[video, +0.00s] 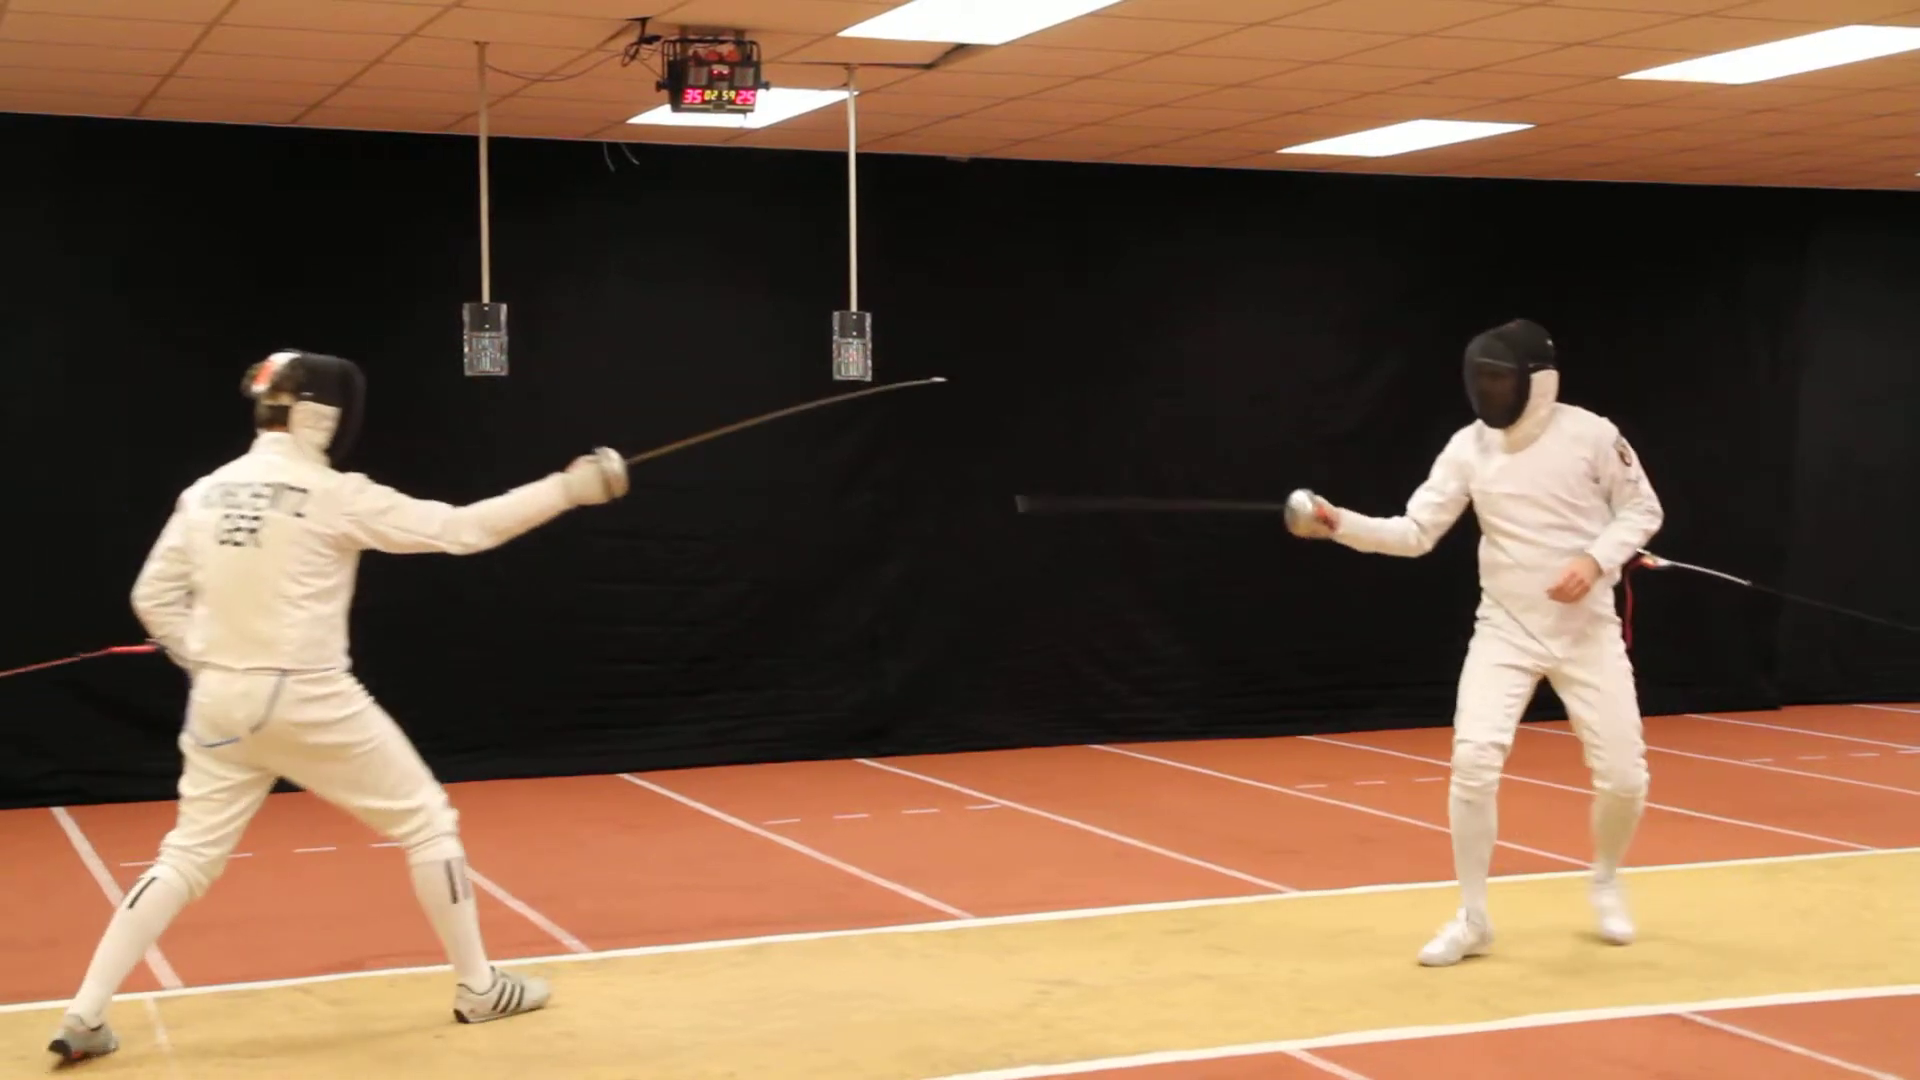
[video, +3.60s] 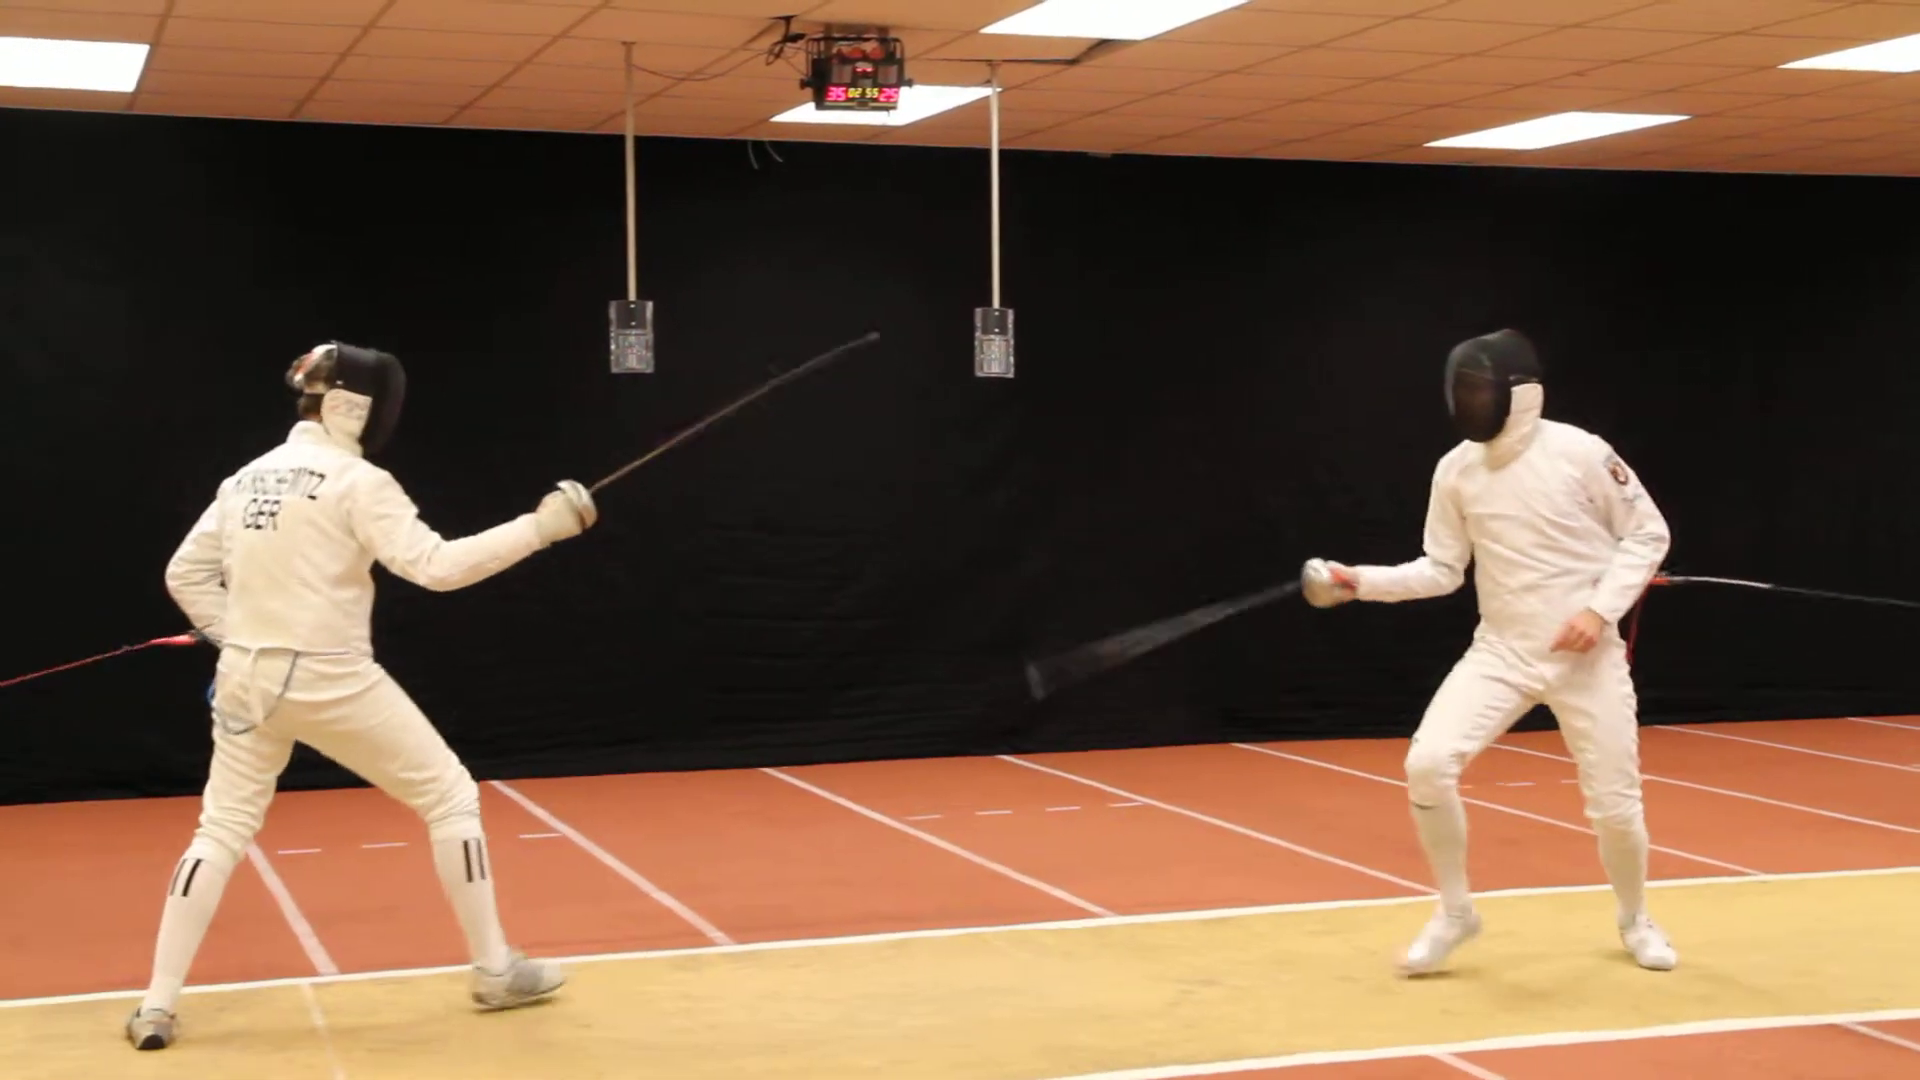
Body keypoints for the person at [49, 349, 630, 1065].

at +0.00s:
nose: (342, 423)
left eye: (338, 410)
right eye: (334, 410)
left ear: (267, 413)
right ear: (312, 417)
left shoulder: (204, 493)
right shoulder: (334, 495)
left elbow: (154, 596)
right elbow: (462, 529)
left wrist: (213, 663)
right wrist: (571, 485)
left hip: (218, 700)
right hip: (313, 698)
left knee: (185, 857)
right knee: (427, 823)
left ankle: (83, 1015)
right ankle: (479, 984)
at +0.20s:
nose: (431, 416)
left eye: (424, 402)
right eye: (427, 404)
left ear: (365, 402)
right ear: (413, 412)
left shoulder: (294, 472)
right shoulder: (425, 489)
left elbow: (224, 564)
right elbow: (546, 537)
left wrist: (268, 644)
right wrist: (654, 502)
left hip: (281, 679)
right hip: (376, 683)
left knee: (239, 834)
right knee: (474, 813)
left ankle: (158, 996)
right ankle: (482, 985)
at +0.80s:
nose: (355, 435)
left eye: (350, 421)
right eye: (350, 421)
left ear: (297, 418)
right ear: (333, 425)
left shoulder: (221, 494)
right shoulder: (353, 506)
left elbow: (146, 574)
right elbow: (458, 578)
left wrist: (198, 656)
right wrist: (570, 547)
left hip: (210, 697)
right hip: (310, 699)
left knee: (174, 853)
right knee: (417, 828)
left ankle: (106, 1016)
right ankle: (477, 985)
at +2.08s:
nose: (306, 423)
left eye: (304, 411)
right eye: (302, 411)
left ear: (229, 407)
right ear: (278, 413)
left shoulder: (158, 489)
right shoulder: (290, 495)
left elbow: (89, 577)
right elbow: (372, 590)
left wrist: (146, 654)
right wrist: (491, 572)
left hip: (154, 695)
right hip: (258, 697)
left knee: (125, 851)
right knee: (362, 834)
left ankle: (64, 1029)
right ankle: (447, 988)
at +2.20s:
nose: (266, 414)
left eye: (265, 400)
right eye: (263, 402)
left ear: (191, 396)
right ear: (242, 402)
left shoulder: (124, 480)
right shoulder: (254, 483)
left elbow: (55, 572)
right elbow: (351, 568)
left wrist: (117, 645)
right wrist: (471, 543)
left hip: (129, 691)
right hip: (225, 690)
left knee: (116, 847)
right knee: (341, 814)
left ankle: (63, 1029)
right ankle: (338, 1001)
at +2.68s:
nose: (326, 412)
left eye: (323, 400)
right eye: (321, 400)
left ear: (253, 397)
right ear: (302, 402)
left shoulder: (184, 477)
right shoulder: (312, 482)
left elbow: (123, 568)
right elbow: (406, 569)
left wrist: (180, 644)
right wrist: (526, 560)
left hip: (183, 681)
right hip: (279, 682)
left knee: (159, 840)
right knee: (378, 816)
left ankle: (94, 1018)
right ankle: (407, 980)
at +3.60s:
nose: (379, 417)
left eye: (377, 405)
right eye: (374, 404)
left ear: (308, 401)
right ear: (350, 405)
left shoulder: (244, 481)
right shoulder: (357, 480)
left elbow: (185, 574)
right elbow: (435, 565)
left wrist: (246, 645)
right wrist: (543, 524)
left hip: (243, 681)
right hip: (334, 679)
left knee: (220, 830)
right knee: (448, 796)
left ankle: (157, 1004)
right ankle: (495, 969)